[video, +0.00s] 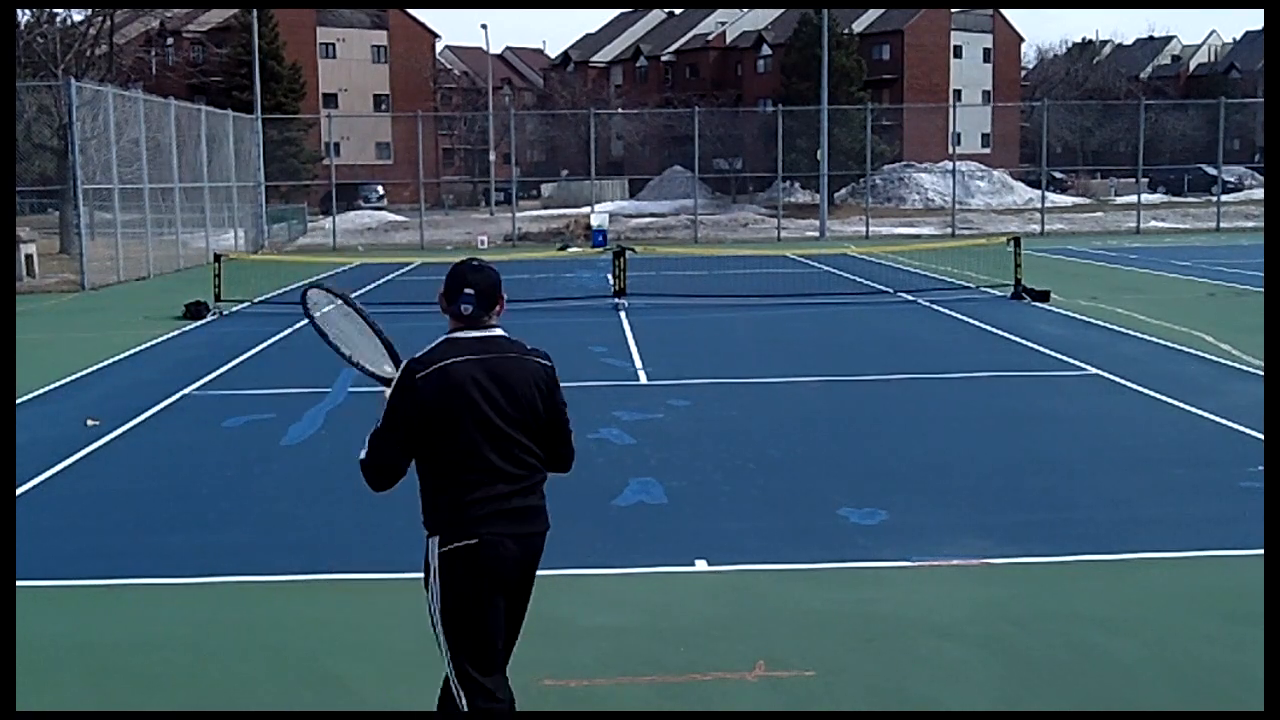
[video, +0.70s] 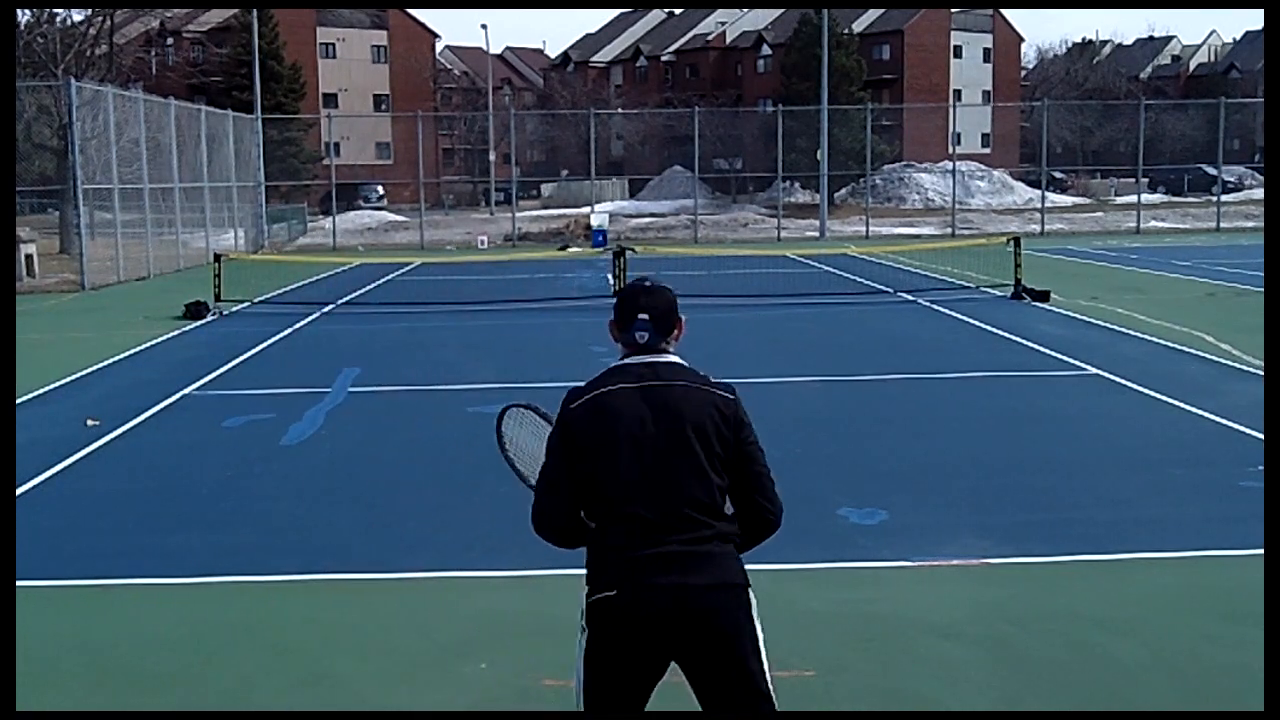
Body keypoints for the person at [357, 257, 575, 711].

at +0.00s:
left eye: (445, 300)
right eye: (497, 300)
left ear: (443, 305)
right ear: (500, 305)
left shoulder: (421, 372)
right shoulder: (534, 364)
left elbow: (379, 474)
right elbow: (560, 457)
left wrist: (396, 406)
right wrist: (504, 424)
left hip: (458, 538)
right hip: (526, 533)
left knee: (477, 678)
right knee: (477, 672)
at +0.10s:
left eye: (465, 297)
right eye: (522, 297)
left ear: (463, 302)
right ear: (521, 302)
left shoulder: (438, 368)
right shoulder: (556, 360)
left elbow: (397, 473)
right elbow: (595, 457)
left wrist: (434, 414)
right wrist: (539, 452)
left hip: (476, 540)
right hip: (550, 534)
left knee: (486, 677)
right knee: (523, 664)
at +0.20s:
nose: (544, 302)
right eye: (545, 296)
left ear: (485, 302)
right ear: (543, 302)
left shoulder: (455, 369)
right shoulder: (579, 362)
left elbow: (417, 475)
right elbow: (622, 461)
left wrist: (471, 446)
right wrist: (567, 476)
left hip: (490, 547)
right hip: (568, 542)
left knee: (495, 680)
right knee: (557, 666)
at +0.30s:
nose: (565, 309)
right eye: (567, 304)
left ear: (506, 310)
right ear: (565, 310)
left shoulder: (471, 378)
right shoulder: (599, 375)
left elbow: (436, 484)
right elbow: (643, 475)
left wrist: (492, 470)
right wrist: (590, 495)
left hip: (506, 567)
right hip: (590, 561)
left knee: (505, 690)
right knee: (608, 678)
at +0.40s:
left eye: (526, 298)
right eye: (591, 301)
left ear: (527, 306)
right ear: (589, 308)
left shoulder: (495, 376)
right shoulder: (623, 373)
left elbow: (458, 483)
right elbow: (666, 477)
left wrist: (515, 468)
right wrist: (611, 499)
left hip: (528, 566)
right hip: (615, 560)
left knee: (525, 697)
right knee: (661, 684)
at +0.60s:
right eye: (653, 296)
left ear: (588, 304)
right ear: (652, 303)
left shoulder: (555, 373)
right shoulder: (691, 369)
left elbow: (518, 485)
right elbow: (732, 480)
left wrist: (574, 491)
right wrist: (677, 505)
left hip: (592, 574)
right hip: (682, 569)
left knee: (575, 699)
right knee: (732, 699)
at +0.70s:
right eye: (680, 322)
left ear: (613, 331)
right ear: (679, 329)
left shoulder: (582, 404)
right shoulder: (718, 399)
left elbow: (549, 519)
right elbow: (764, 511)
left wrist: (603, 531)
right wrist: (711, 544)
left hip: (622, 607)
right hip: (715, 601)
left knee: (606, 712)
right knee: (748, 711)